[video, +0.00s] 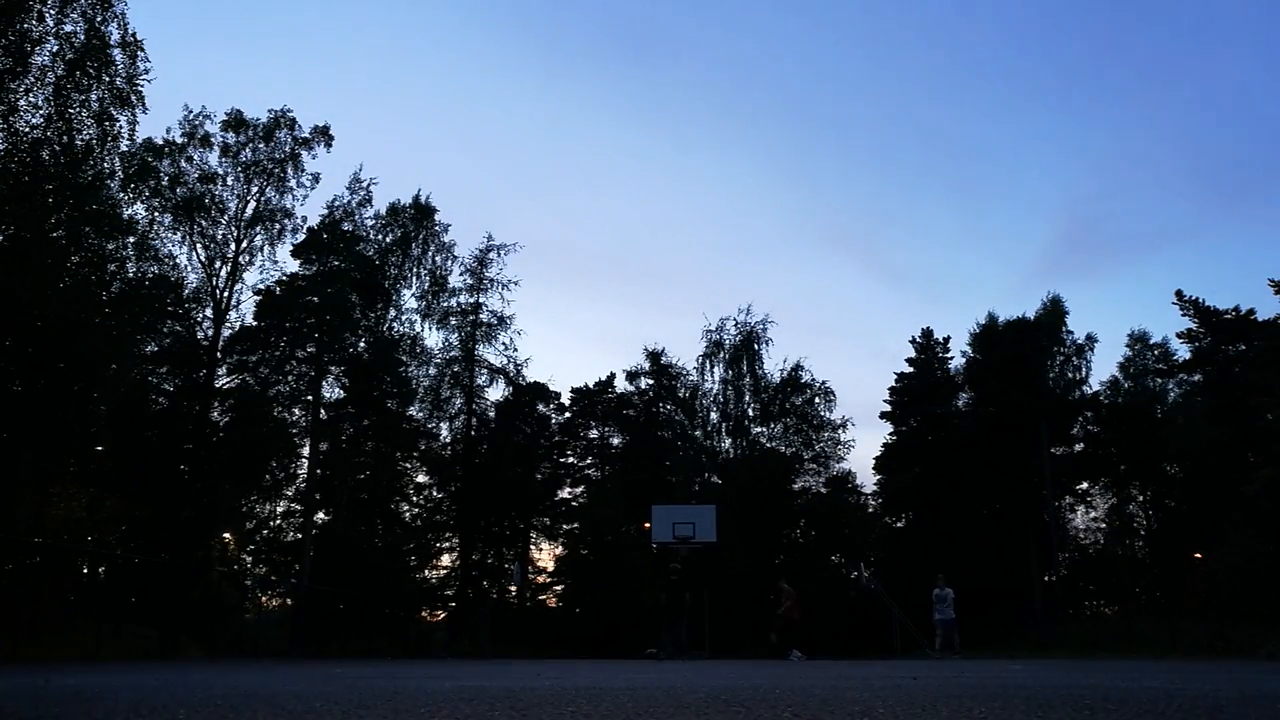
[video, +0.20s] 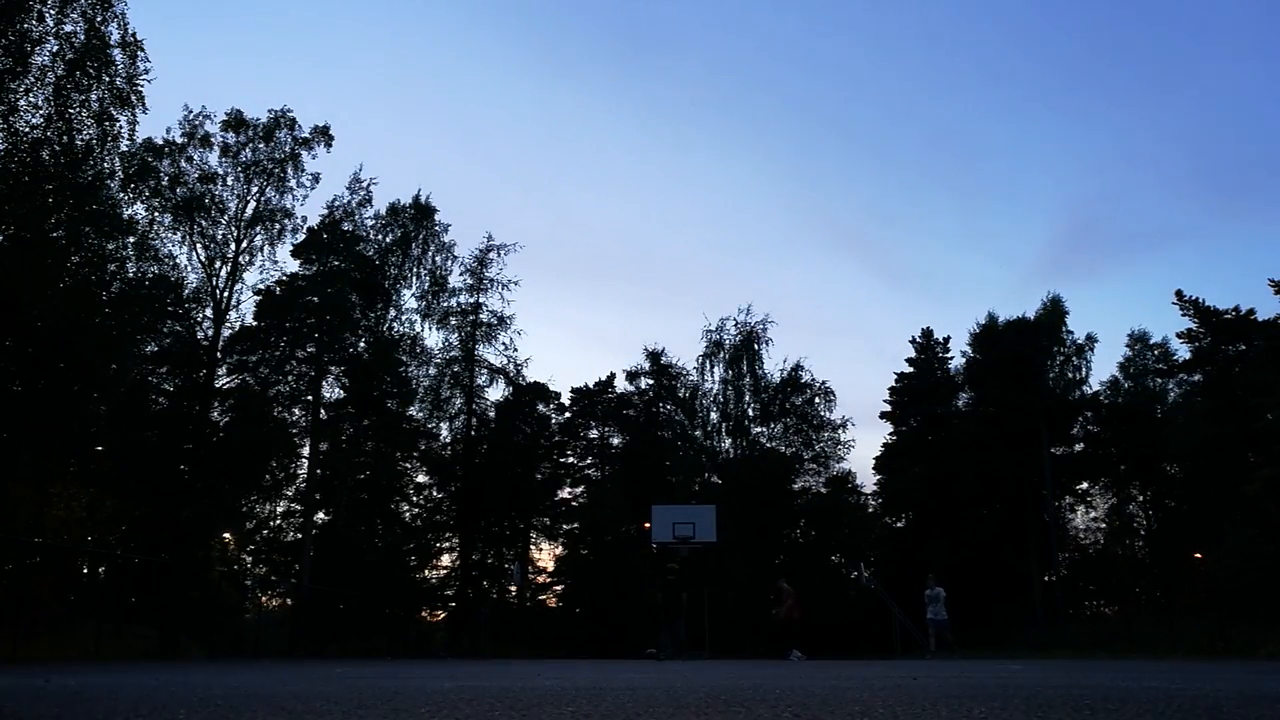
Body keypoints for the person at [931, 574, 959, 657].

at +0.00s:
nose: (941, 584)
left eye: (942, 582)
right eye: (939, 582)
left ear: (944, 583)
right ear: (938, 583)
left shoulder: (949, 592)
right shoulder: (935, 592)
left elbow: (950, 603)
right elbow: (935, 603)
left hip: (949, 616)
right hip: (939, 617)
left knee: (953, 633)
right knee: (939, 634)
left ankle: (956, 650)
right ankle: (937, 650)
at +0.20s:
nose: (931, 583)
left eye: (932, 581)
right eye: (930, 582)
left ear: (934, 582)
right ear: (928, 583)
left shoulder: (940, 591)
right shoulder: (927, 593)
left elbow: (942, 603)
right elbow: (927, 604)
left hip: (941, 616)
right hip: (931, 616)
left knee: (945, 633)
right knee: (932, 634)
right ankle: (932, 650)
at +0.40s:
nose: (924, 581)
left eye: (925, 579)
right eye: (922, 579)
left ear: (927, 579)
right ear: (921, 580)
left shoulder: (933, 588)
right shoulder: (919, 590)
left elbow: (938, 599)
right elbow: (918, 602)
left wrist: (940, 610)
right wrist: (916, 613)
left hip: (933, 613)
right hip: (923, 614)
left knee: (932, 631)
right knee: (926, 632)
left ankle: (933, 650)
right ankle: (929, 651)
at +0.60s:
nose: (916, 581)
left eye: (917, 580)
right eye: (915, 580)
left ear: (920, 580)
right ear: (914, 581)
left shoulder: (926, 589)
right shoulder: (912, 590)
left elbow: (932, 600)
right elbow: (908, 602)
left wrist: (938, 611)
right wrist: (906, 612)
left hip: (924, 614)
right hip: (916, 615)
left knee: (921, 631)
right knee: (923, 632)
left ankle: (920, 649)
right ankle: (929, 648)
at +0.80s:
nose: (908, 582)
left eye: (909, 581)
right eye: (906, 581)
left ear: (911, 581)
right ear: (905, 582)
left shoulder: (917, 590)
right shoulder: (903, 591)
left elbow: (922, 600)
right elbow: (900, 602)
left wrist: (925, 610)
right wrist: (897, 612)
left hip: (915, 614)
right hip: (906, 614)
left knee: (911, 632)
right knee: (913, 632)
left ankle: (908, 651)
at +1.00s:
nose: (898, 580)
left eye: (899, 578)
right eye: (897, 578)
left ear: (901, 579)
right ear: (895, 579)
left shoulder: (907, 588)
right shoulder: (894, 588)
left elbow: (910, 600)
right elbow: (893, 600)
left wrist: (911, 611)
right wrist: (893, 610)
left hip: (905, 613)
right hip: (897, 614)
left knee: (906, 632)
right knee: (897, 632)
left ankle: (907, 651)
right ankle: (900, 651)